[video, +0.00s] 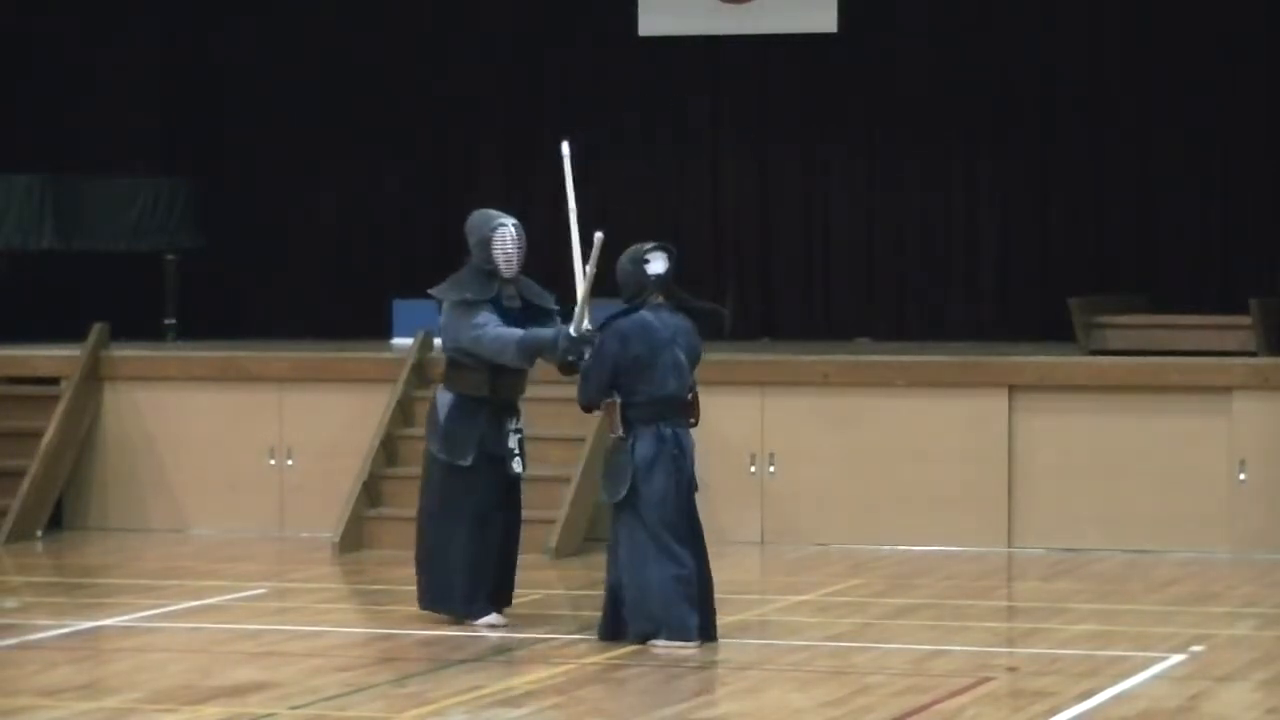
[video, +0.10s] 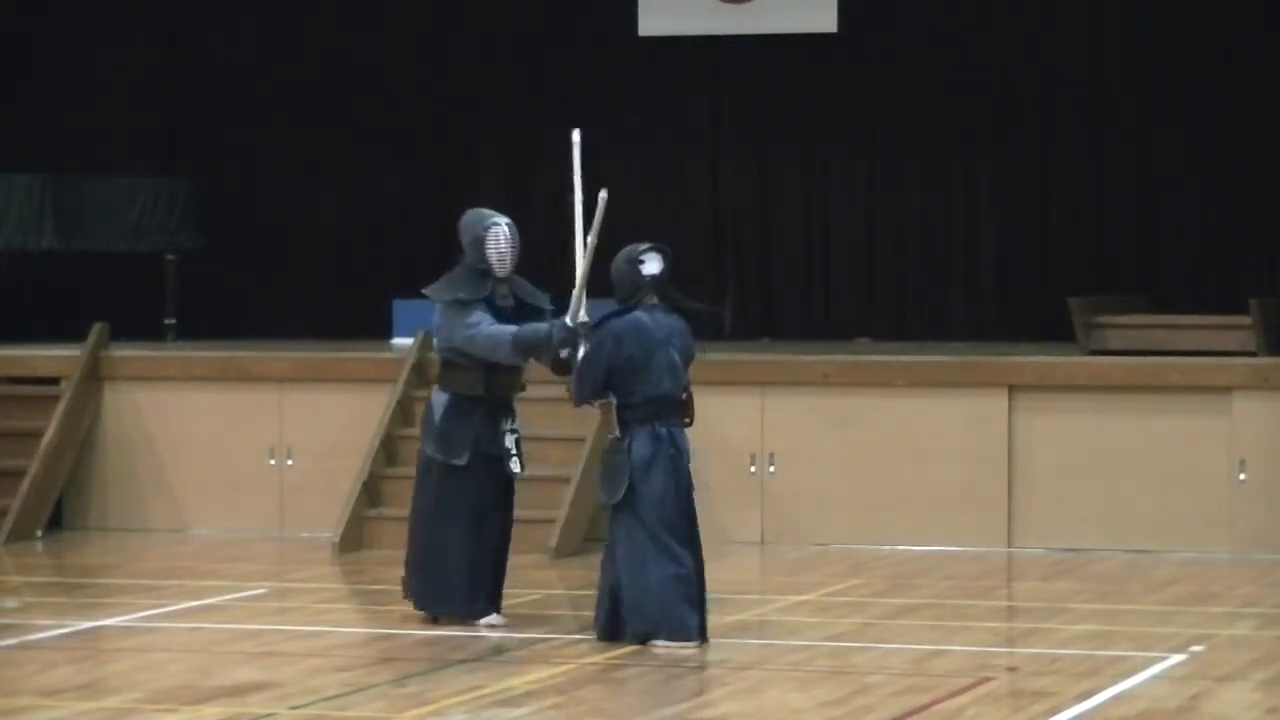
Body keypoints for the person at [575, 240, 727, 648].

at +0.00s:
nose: (620, 287)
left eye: (622, 281)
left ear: (628, 284)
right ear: (664, 283)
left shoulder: (618, 332)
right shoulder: (684, 327)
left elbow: (589, 396)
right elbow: (686, 367)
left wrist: (600, 363)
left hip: (641, 437)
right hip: (680, 434)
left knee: (647, 529)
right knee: (676, 528)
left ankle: (677, 628)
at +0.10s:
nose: (615, 288)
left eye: (618, 282)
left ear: (622, 285)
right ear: (656, 283)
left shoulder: (614, 332)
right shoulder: (676, 326)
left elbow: (585, 389)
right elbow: (683, 361)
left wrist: (585, 348)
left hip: (637, 436)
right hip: (674, 433)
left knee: (639, 526)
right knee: (671, 526)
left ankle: (673, 627)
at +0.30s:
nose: (596, 291)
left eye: (598, 285)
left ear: (603, 289)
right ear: (638, 286)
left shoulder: (600, 331)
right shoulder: (659, 328)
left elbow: (559, 378)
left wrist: (558, 345)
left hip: (624, 436)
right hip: (656, 433)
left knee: (634, 527)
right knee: (620, 527)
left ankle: (672, 624)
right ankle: (611, 621)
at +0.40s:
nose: (582, 289)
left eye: (585, 283)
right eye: (583, 284)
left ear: (593, 287)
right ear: (625, 284)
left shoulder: (598, 329)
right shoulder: (646, 326)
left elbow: (550, 362)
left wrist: (546, 328)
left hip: (620, 435)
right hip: (643, 432)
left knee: (626, 525)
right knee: (611, 527)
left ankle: (665, 616)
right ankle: (608, 622)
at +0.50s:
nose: (570, 287)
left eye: (573, 282)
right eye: (573, 282)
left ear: (582, 283)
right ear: (614, 282)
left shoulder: (580, 324)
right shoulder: (636, 322)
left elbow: (538, 365)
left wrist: (543, 321)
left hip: (606, 431)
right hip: (640, 429)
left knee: (612, 521)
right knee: (629, 519)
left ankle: (660, 610)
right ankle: (607, 621)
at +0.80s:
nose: (562, 282)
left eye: (564, 276)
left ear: (570, 278)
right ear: (603, 276)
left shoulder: (564, 323)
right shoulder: (627, 317)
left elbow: (527, 390)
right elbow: (628, 362)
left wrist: (533, 349)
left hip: (599, 427)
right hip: (634, 424)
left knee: (605, 517)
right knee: (623, 515)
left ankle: (655, 603)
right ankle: (588, 616)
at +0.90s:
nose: (570, 281)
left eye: (571, 275)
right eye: (574, 275)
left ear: (577, 278)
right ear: (609, 274)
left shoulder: (576, 325)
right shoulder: (634, 319)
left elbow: (535, 388)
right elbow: (631, 370)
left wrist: (522, 382)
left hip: (601, 430)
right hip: (634, 427)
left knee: (604, 520)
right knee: (624, 517)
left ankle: (661, 603)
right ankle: (586, 616)